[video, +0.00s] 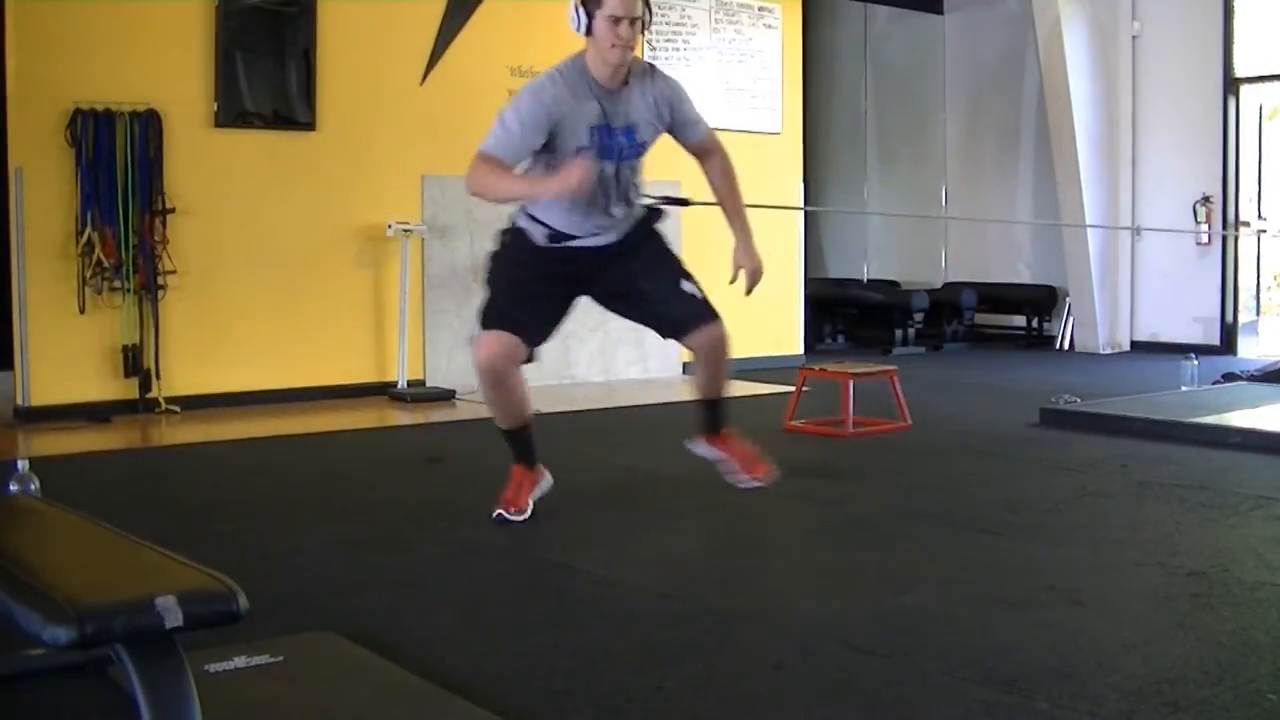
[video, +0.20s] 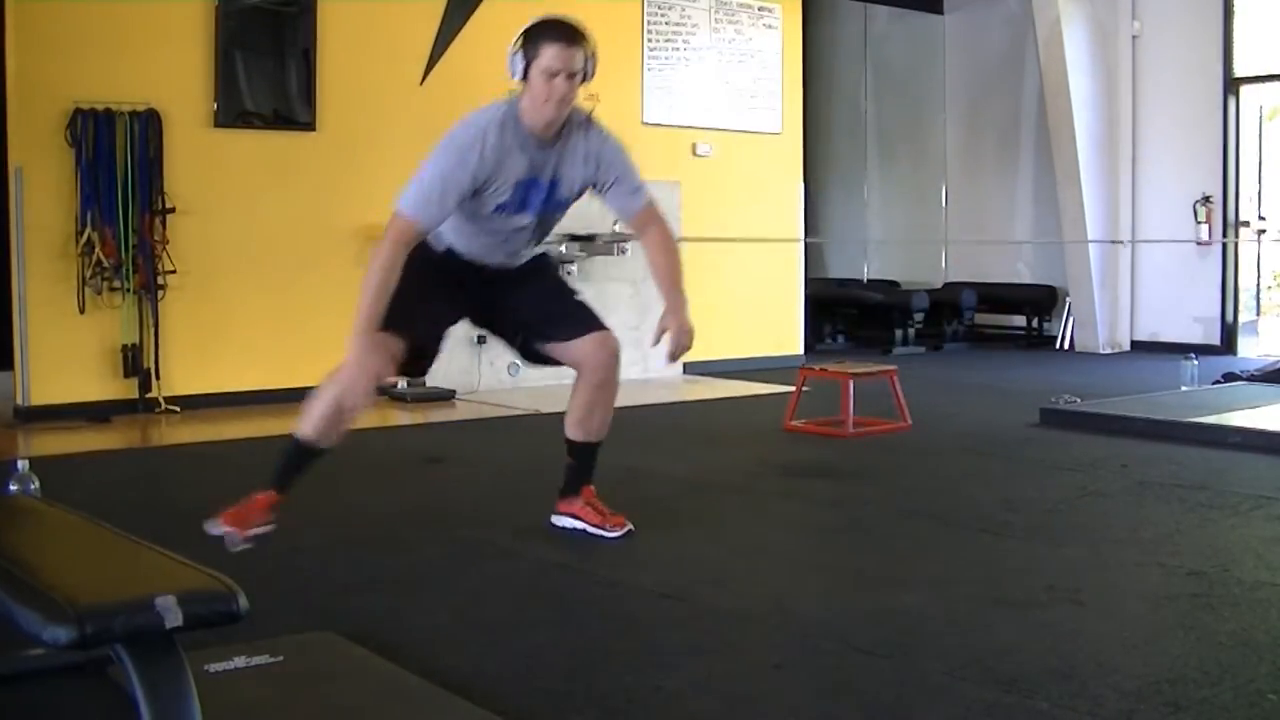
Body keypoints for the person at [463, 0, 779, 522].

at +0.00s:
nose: (626, 34)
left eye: (634, 22)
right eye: (615, 20)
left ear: (642, 28)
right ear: (586, 23)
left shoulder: (658, 90)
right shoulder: (549, 94)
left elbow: (710, 153)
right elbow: (479, 178)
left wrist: (743, 238)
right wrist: (551, 183)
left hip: (624, 243)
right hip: (542, 247)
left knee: (711, 338)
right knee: (492, 355)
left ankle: (712, 433)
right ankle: (527, 469)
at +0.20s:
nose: (562, 89)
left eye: (573, 77)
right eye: (551, 74)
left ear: (584, 82)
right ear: (523, 74)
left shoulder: (592, 145)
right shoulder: (479, 136)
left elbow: (649, 223)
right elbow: (402, 232)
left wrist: (677, 305)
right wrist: (364, 336)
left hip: (516, 272)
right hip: (439, 264)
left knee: (598, 352)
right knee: (366, 368)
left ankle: (576, 497)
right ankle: (271, 497)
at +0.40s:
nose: (431, 212)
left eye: (444, 199)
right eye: (419, 196)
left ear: (458, 200)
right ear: (391, 193)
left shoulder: (478, 243)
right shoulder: (352, 240)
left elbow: (551, 332)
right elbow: (269, 354)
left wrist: (580, 440)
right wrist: (212, 469)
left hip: (429, 320)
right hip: (346, 318)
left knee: (532, 371)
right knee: (273, 390)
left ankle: (573, 501)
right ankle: (185, 534)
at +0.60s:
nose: (359, 282)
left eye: (371, 268)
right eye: (347, 268)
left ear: (390, 257)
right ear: (320, 260)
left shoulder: (411, 298)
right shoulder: (277, 299)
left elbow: (440, 420)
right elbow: (221, 427)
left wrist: (460, 533)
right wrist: (170, 530)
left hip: (386, 314)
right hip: (286, 293)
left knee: (487, 392)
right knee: (210, 391)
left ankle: (565, 498)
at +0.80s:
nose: (487, 153)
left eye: (490, 140)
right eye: (475, 141)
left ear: (487, 141)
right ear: (434, 143)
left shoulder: (496, 204)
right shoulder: (373, 199)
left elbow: (529, 299)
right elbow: (274, 278)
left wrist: (523, 392)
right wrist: (218, 380)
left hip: (444, 298)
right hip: (354, 294)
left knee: (551, 372)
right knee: (284, 393)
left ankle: (574, 499)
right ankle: (184, 530)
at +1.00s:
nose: (594, 39)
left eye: (594, 27)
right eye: (582, 28)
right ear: (540, 35)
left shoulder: (604, 97)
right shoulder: (485, 109)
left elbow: (635, 171)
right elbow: (387, 183)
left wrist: (621, 234)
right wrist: (338, 275)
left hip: (556, 238)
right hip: (475, 235)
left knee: (637, 334)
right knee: (459, 332)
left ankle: (595, 483)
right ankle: (421, 485)